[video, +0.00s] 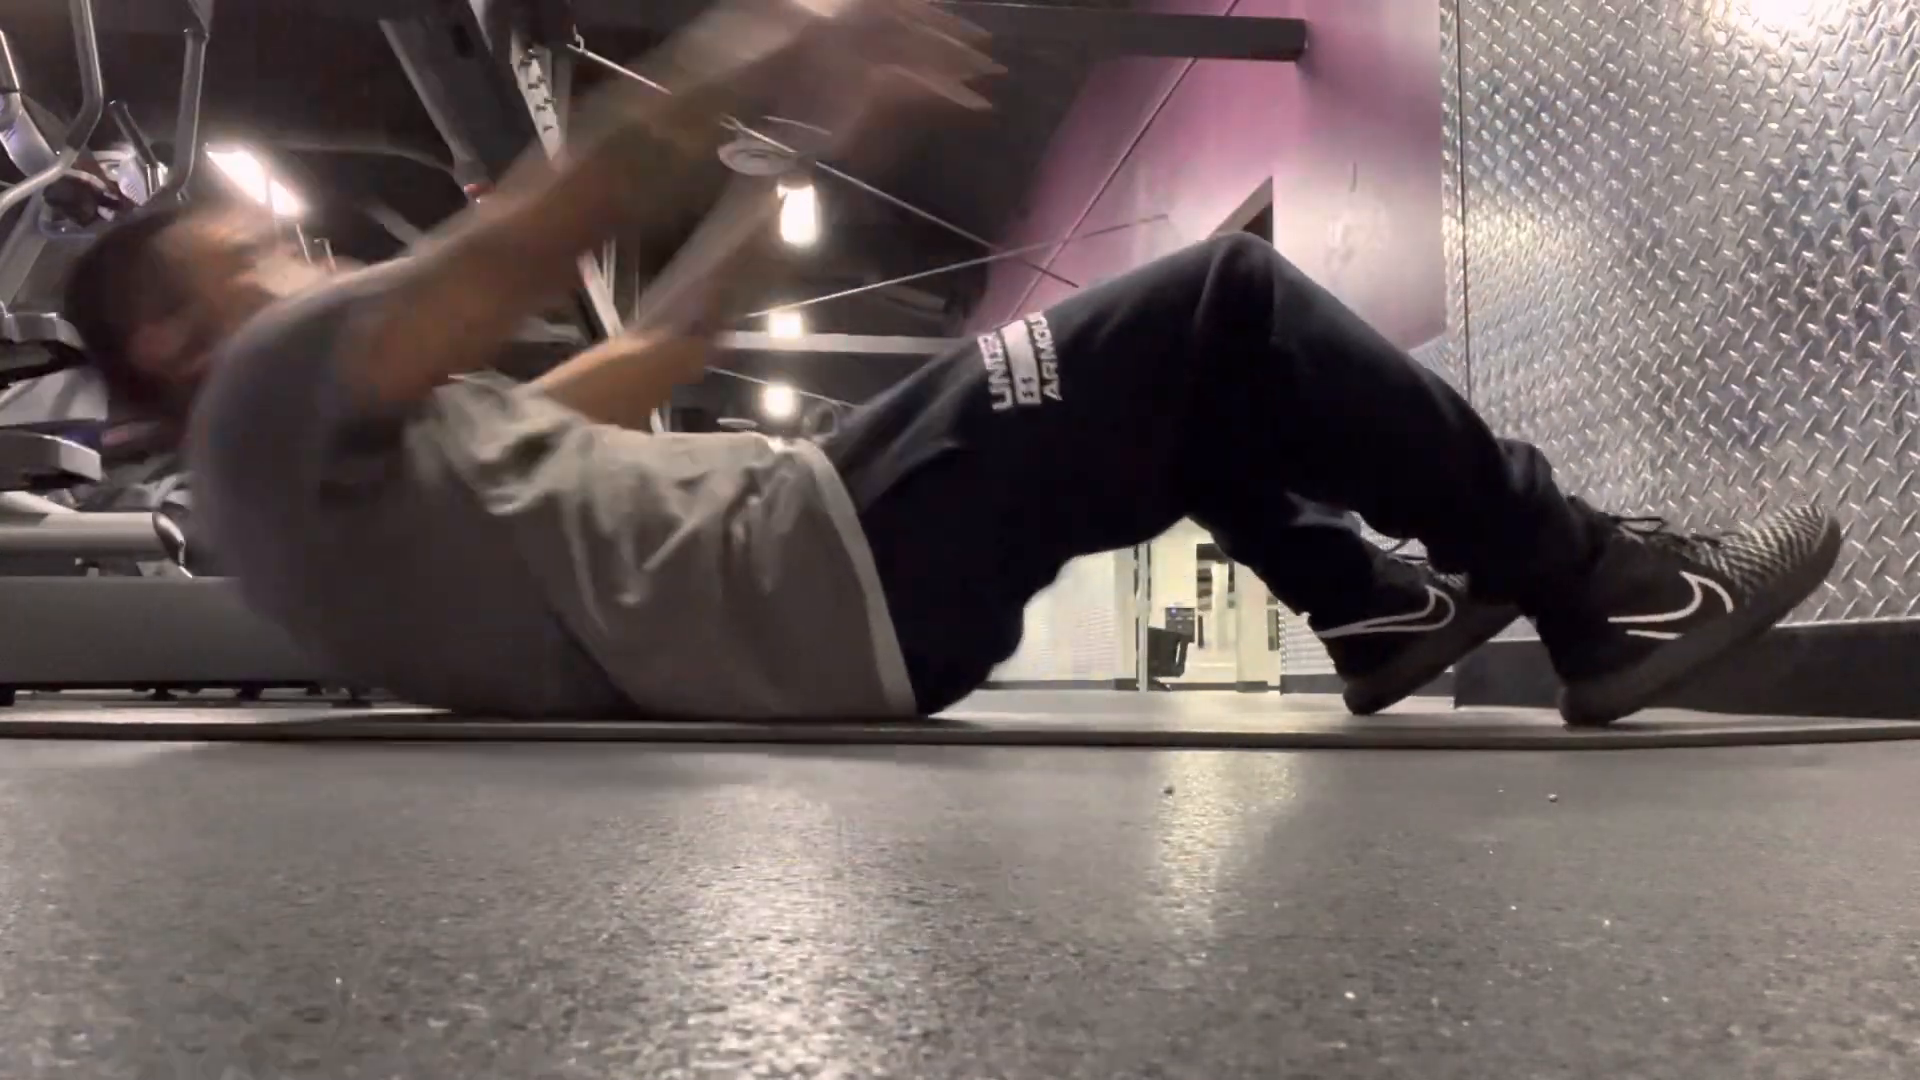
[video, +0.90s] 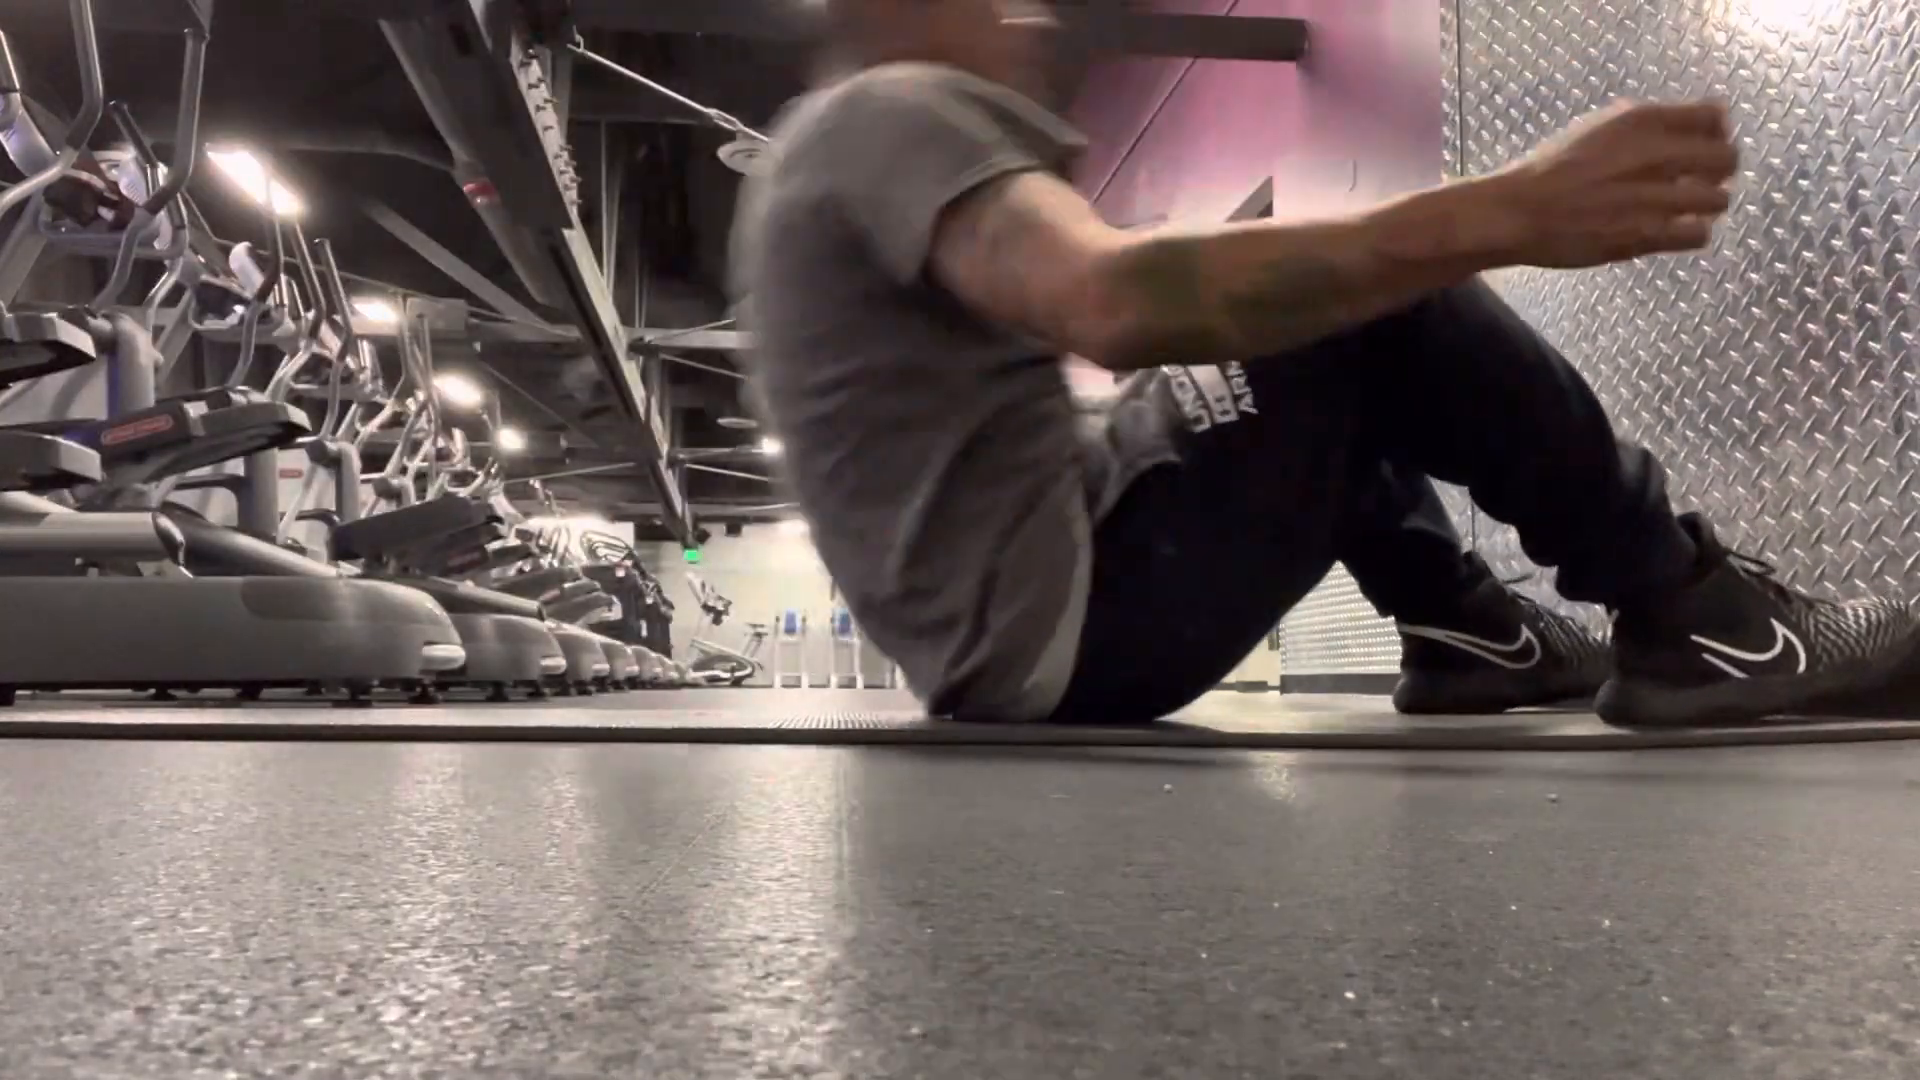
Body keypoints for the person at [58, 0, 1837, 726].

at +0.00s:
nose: (302, 236)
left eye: (281, 223)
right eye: (242, 238)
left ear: (288, 280)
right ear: (151, 356)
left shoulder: (377, 443)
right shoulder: (254, 417)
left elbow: (626, 371)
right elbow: (522, 229)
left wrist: (768, 188)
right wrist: (759, 70)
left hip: (785, 560)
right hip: (807, 597)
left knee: (1141, 361)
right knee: (1220, 305)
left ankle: (1389, 613)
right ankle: (1612, 594)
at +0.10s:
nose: (496, 180)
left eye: (475, 156)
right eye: (446, 163)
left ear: (354, 211)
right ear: (343, 209)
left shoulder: (463, 358)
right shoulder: (378, 308)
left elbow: (754, 356)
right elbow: (706, 236)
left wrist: (976, 220)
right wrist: (986, 118)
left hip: (848, 543)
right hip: (855, 586)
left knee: (1178, 351)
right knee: (1240, 300)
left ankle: (1396, 613)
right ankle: (1630, 588)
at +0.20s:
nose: (647, 93)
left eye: (635, 67)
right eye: (609, 63)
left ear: (481, 96)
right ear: (485, 81)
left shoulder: (537, 260)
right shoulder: (510, 194)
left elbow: (862, 336)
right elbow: (860, 198)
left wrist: (1090, 227)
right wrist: (1137, 118)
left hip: (876, 575)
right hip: (888, 606)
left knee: (1182, 298)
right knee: (1243, 293)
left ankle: (1420, 605)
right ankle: (1638, 591)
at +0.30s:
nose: (809, 43)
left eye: (796, 26)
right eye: (779, 18)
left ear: (637, 29)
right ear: (673, 9)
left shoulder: (649, 229)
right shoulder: (644, 130)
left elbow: (951, 346)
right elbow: (1023, 156)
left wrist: (1189, 220)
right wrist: (1288, 77)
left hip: (902, 601)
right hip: (912, 599)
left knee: (1215, 314)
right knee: (1264, 281)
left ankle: (1428, 603)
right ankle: (1642, 572)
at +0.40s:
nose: (965, 89)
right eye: (944, 72)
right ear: (882, 29)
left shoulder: (769, 191)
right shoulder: (792, 79)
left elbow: (1002, 373)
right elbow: (1116, 151)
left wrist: (1199, 350)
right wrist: (1391, 32)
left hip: (926, 616)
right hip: (948, 610)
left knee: (1207, 362)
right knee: (1270, 278)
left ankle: (1439, 619)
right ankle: (1643, 585)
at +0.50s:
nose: (1174, 44)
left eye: (1181, 26)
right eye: (1160, 14)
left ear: (1045, 8)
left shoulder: (924, 82)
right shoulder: (941, 52)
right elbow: (1078, 161)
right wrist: (1410, 4)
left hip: (941, 613)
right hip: (971, 603)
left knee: (1230, 359)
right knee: (1293, 273)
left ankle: (1445, 619)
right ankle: (1648, 588)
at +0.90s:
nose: (1047, 32)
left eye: (1044, 11)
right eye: (1020, 2)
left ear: (898, 17)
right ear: (927, 2)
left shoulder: (877, 129)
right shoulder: (884, 116)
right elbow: (1107, 301)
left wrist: (1215, 270)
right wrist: (1526, 208)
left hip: (1037, 604)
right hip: (1057, 631)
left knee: (1300, 305)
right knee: (1389, 300)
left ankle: (1458, 624)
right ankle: (1687, 610)